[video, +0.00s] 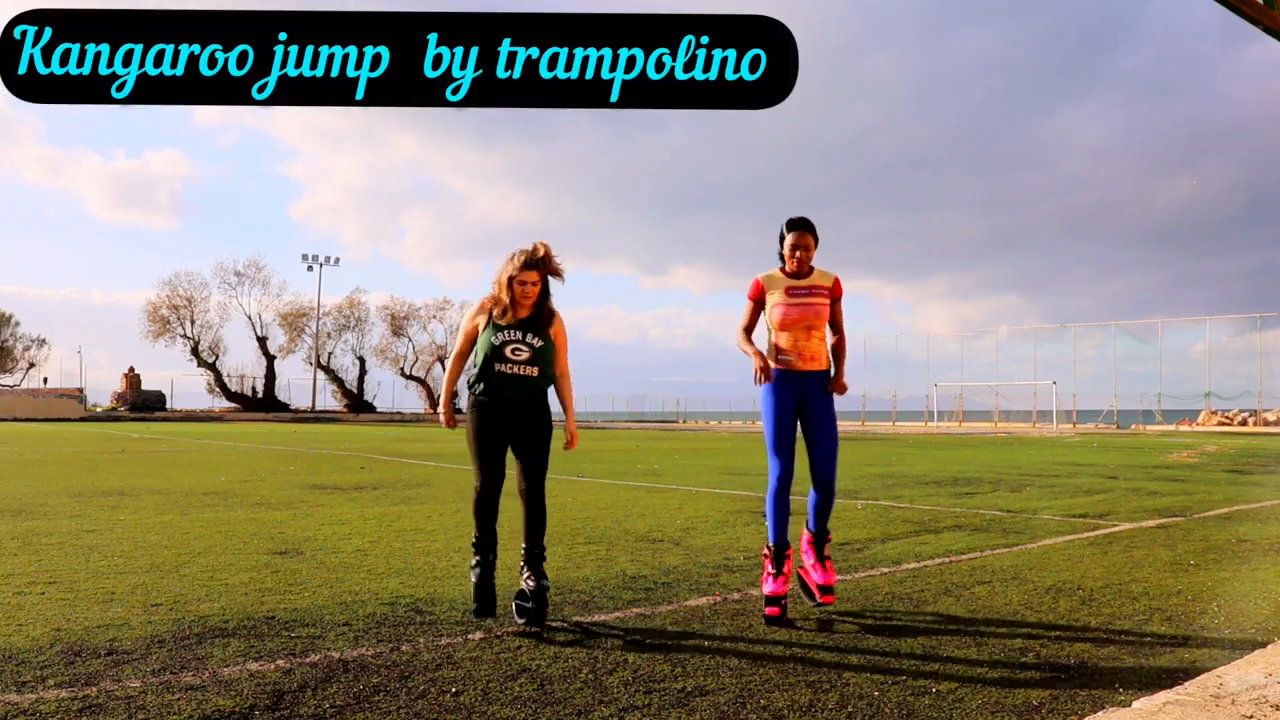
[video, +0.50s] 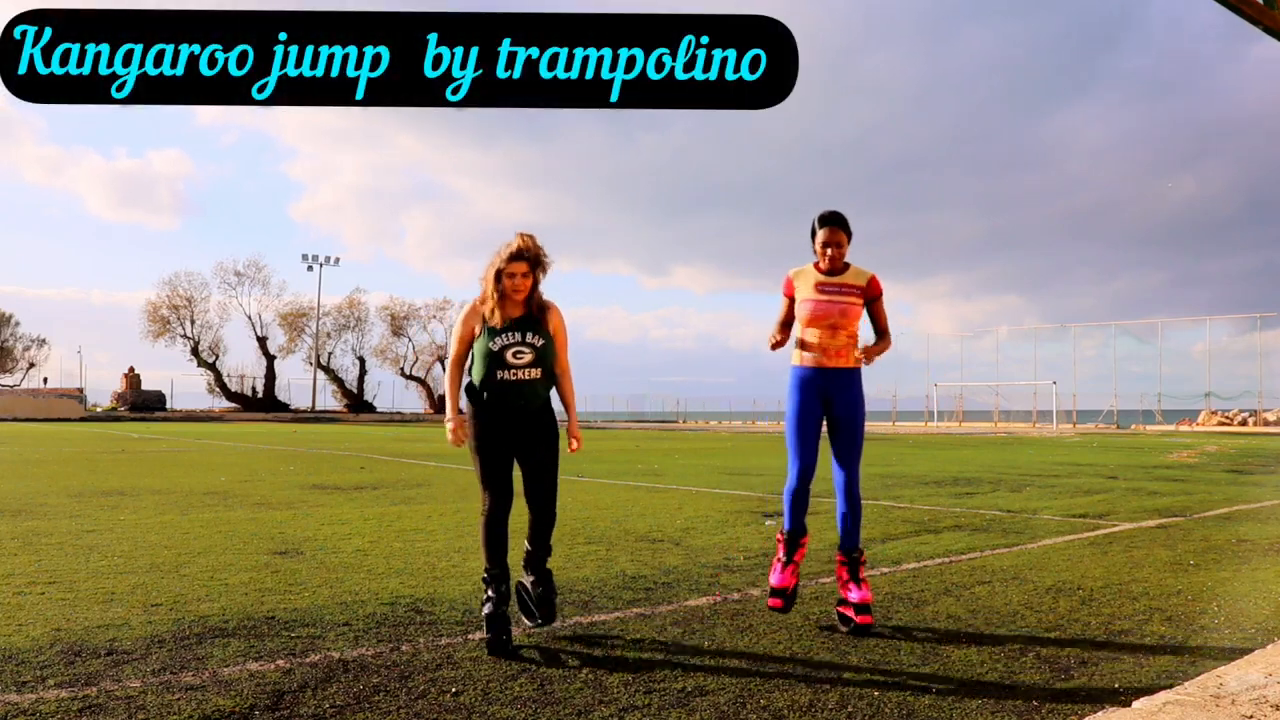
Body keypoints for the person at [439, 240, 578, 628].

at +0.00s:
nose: (528, 290)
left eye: (535, 284)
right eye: (522, 282)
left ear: (543, 285)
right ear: (507, 281)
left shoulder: (551, 320)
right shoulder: (483, 313)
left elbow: (561, 371)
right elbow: (458, 357)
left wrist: (570, 418)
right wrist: (446, 398)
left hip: (533, 414)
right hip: (486, 412)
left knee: (533, 491)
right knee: (488, 486)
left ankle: (533, 570)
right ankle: (483, 562)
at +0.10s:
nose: (530, 290)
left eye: (537, 283)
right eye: (523, 282)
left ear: (545, 285)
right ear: (509, 281)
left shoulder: (554, 320)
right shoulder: (483, 312)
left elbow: (561, 368)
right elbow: (463, 355)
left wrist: (567, 408)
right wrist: (450, 395)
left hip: (535, 412)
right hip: (488, 411)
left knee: (534, 491)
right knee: (493, 485)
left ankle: (534, 568)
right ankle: (489, 565)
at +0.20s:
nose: (527, 291)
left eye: (534, 284)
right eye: (520, 283)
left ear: (544, 284)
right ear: (505, 282)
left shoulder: (554, 319)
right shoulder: (482, 314)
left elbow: (565, 367)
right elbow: (462, 357)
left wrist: (564, 397)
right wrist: (452, 400)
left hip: (537, 415)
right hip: (490, 414)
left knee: (535, 493)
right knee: (497, 492)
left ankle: (533, 570)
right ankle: (494, 573)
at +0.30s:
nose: (523, 292)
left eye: (530, 285)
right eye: (516, 284)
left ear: (540, 285)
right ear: (502, 284)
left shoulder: (552, 320)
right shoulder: (480, 315)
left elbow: (565, 368)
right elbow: (459, 361)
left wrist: (567, 401)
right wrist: (451, 406)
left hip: (538, 420)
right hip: (491, 419)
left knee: (535, 498)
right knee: (497, 501)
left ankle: (534, 574)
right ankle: (495, 584)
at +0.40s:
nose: (518, 287)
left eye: (525, 281)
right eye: (511, 280)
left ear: (535, 283)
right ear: (498, 280)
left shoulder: (548, 316)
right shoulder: (475, 316)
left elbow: (559, 372)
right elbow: (457, 370)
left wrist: (571, 417)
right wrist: (450, 418)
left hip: (538, 422)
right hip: (490, 422)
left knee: (542, 506)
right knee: (498, 504)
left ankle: (533, 575)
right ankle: (495, 591)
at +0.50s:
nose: (519, 283)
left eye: (525, 276)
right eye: (512, 276)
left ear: (535, 278)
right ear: (498, 276)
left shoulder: (549, 314)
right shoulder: (476, 314)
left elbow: (561, 369)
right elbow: (455, 366)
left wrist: (571, 417)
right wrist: (452, 413)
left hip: (538, 420)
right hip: (490, 421)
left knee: (544, 506)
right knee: (497, 503)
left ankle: (537, 574)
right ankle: (495, 592)